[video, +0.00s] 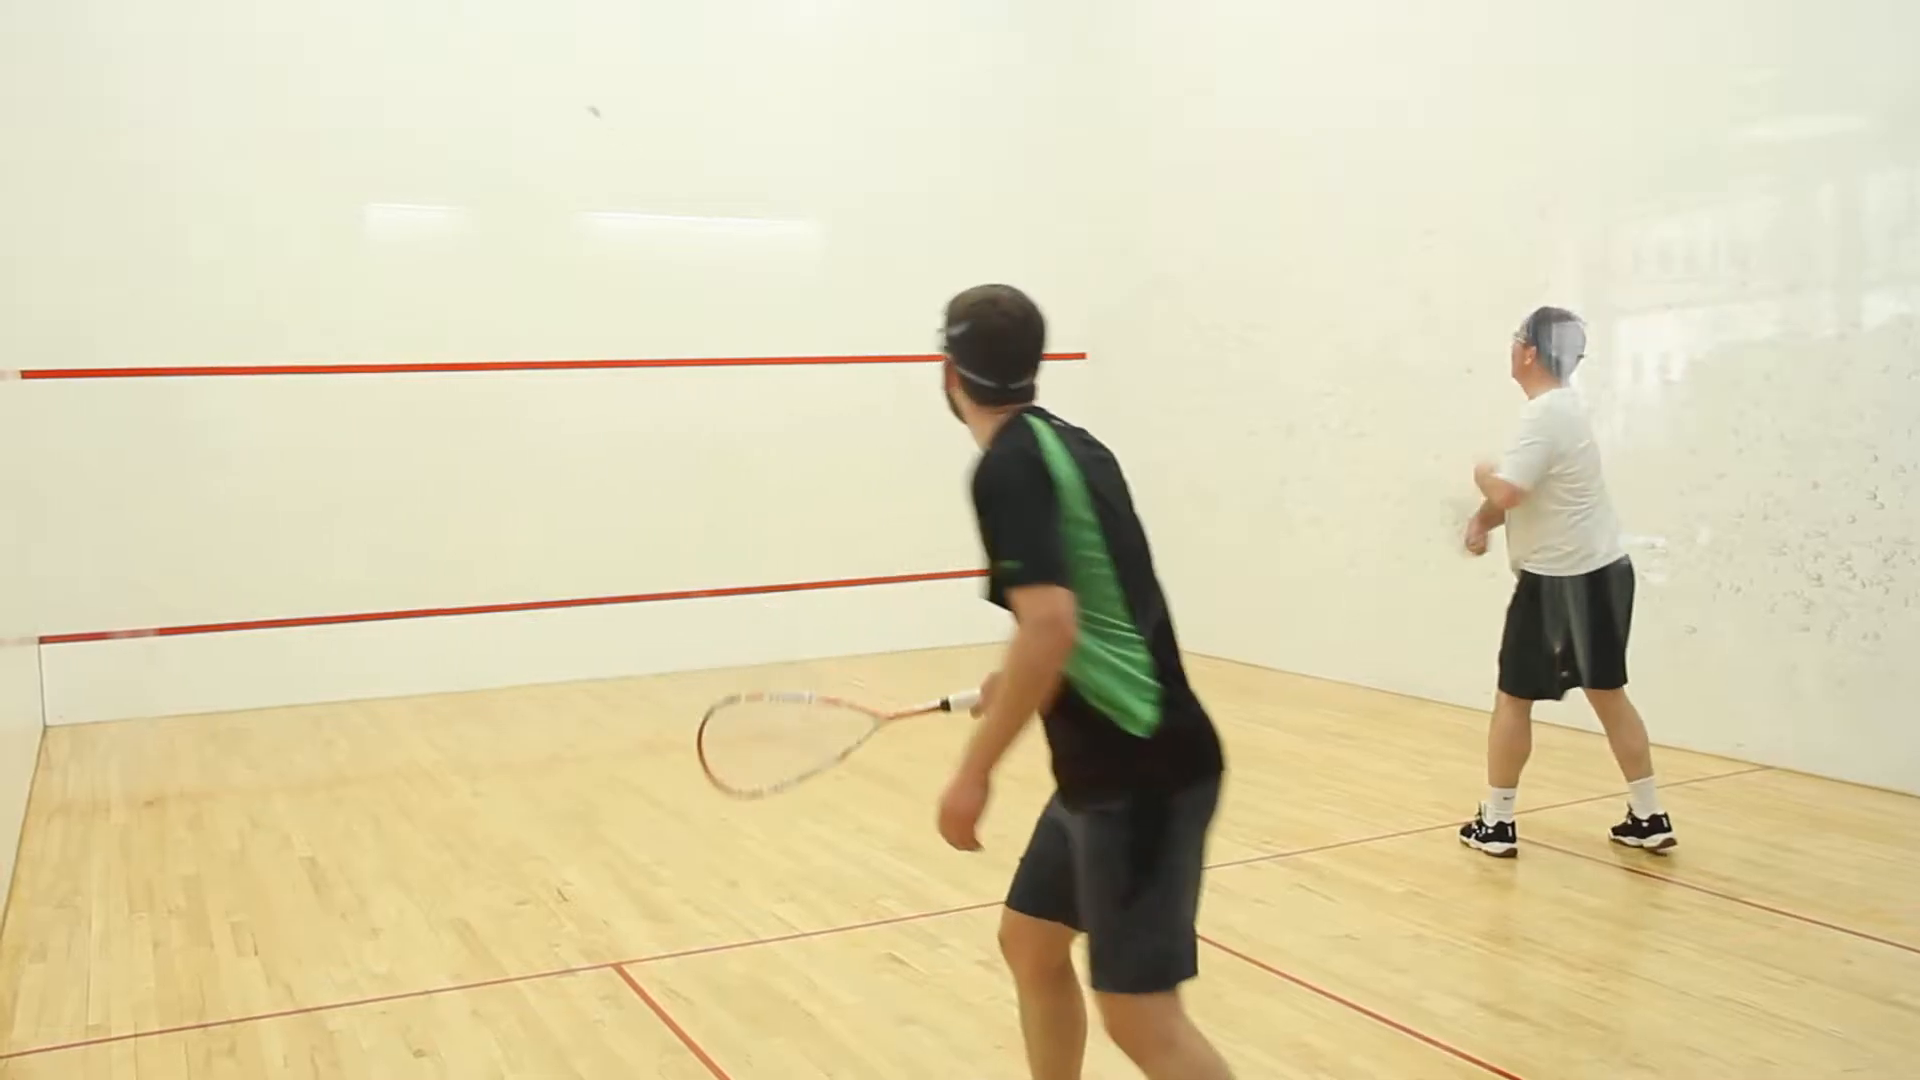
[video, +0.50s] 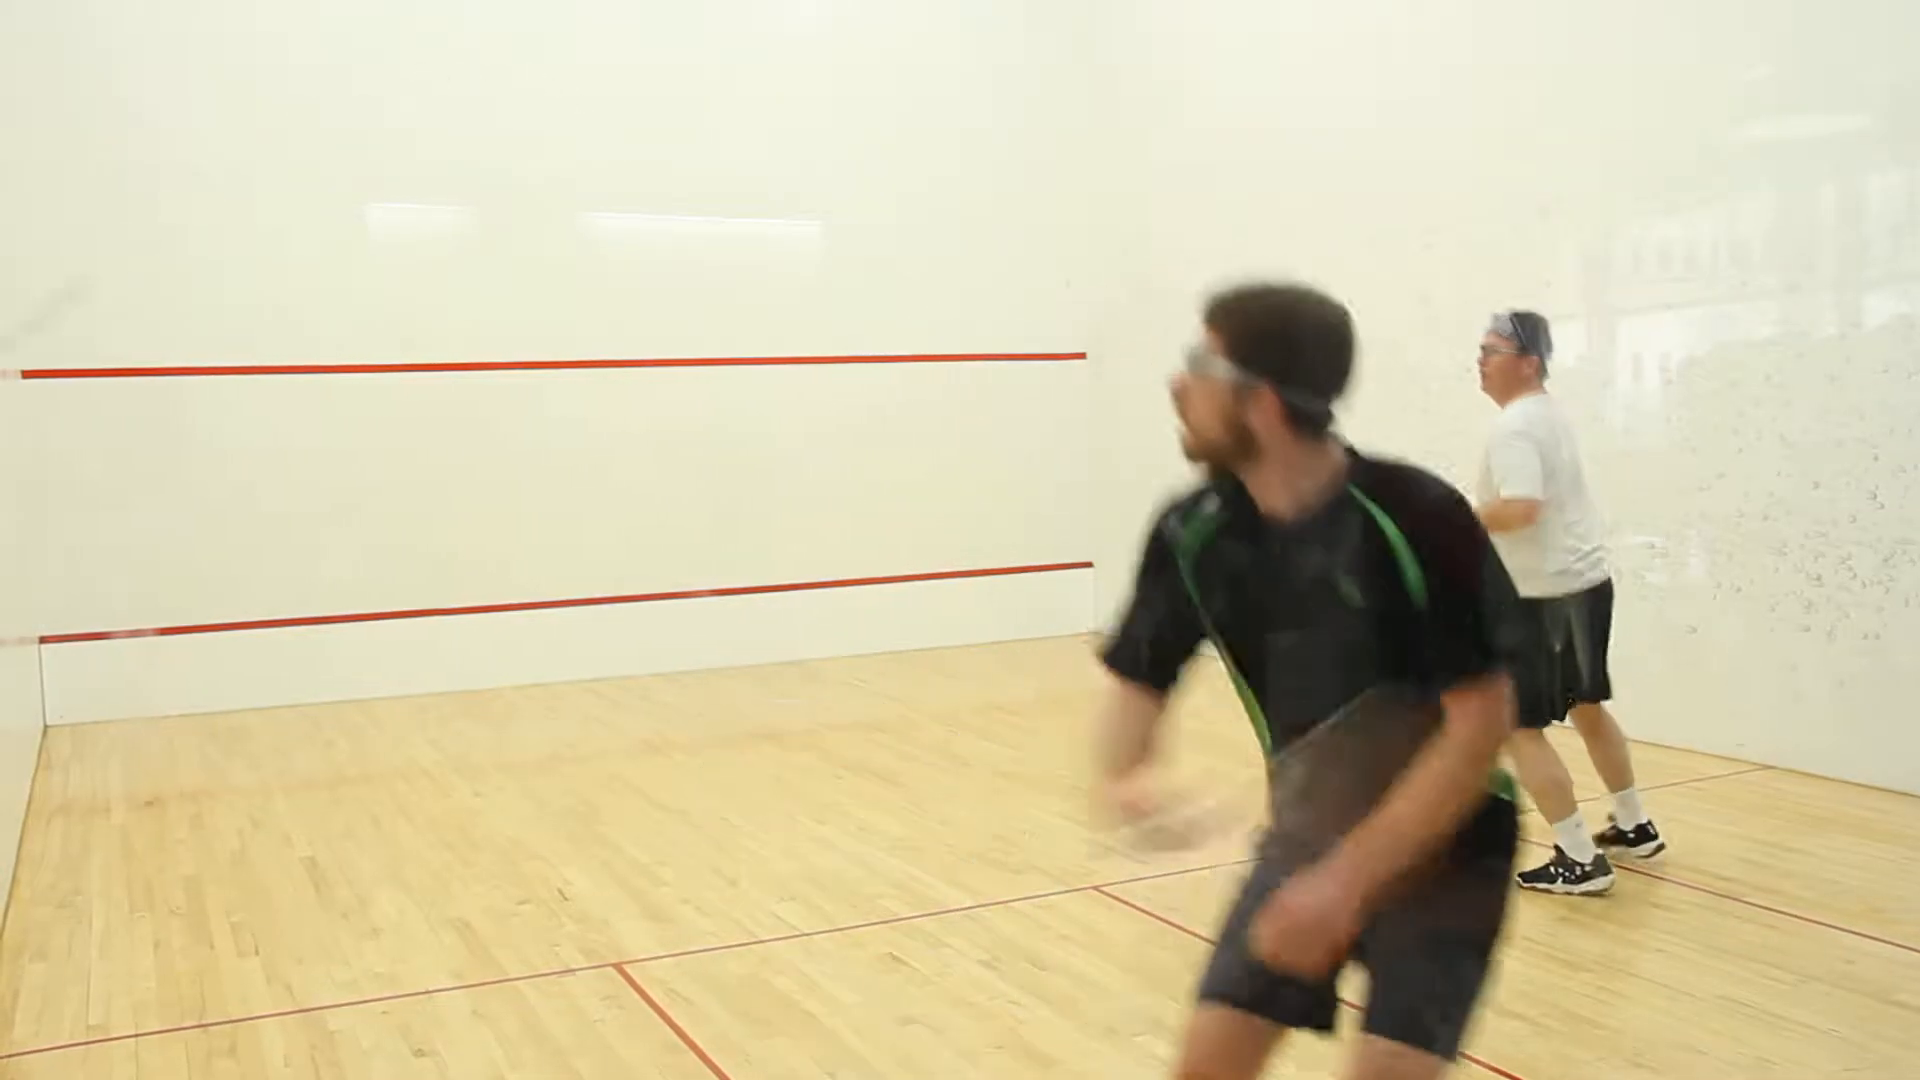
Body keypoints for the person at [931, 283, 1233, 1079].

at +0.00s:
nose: (940, 372)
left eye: (941, 359)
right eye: (947, 358)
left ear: (952, 374)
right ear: (1033, 369)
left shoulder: (1010, 464)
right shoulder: (1073, 446)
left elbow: (1049, 625)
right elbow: (1096, 606)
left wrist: (973, 770)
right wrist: (1013, 687)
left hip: (1144, 778)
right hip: (1105, 771)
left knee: (1141, 1016)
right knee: (1030, 942)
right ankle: (1055, 1074)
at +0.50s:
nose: (1176, 384)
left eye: (1199, 365)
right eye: (1188, 361)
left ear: (1260, 405)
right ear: (1258, 406)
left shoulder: (1418, 517)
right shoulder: (1194, 535)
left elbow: (1483, 720)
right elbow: (1137, 681)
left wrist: (1343, 879)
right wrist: (1129, 779)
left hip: (1443, 837)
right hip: (1306, 835)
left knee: (1388, 1064)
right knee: (1208, 1061)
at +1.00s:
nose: (1459, 558)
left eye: (1473, 536)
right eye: (1465, 535)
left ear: (1536, 567)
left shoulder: (1760, 660)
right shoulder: (1528, 706)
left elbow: (1911, 765)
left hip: (1819, 946)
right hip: (1660, 935)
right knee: (1544, 1067)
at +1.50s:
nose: (1569, 439)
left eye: (1574, 419)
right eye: (1571, 420)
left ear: (1597, 428)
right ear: (1660, 423)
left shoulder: (1617, 534)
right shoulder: (1771, 519)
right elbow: (1902, 633)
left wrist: (1571, 832)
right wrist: (1828, 727)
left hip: (1808, 844)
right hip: (1879, 808)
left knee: (1858, 1056)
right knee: (1754, 970)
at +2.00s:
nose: (1291, 421)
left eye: (1304, 405)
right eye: (1295, 403)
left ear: (1352, 415)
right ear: (1369, 416)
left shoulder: (1345, 498)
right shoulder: (1466, 476)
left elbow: (1385, 602)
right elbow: (1544, 579)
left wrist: (1369, 741)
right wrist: (1469, 645)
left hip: (1428, 738)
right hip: (1516, 727)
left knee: (1352, 851)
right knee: (1549, 913)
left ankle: (1368, 1029)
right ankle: (1715, 1037)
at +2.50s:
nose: (1214, 456)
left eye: (1218, 445)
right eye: (1219, 443)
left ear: (1230, 454)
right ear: (1281, 453)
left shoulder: (1237, 533)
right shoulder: (1342, 521)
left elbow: (1223, 648)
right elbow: (1393, 631)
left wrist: (1162, 703)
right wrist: (1323, 654)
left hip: (1298, 738)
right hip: (1381, 729)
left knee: (1174, 837)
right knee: (1325, 794)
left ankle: (1150, 1009)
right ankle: (1364, 921)